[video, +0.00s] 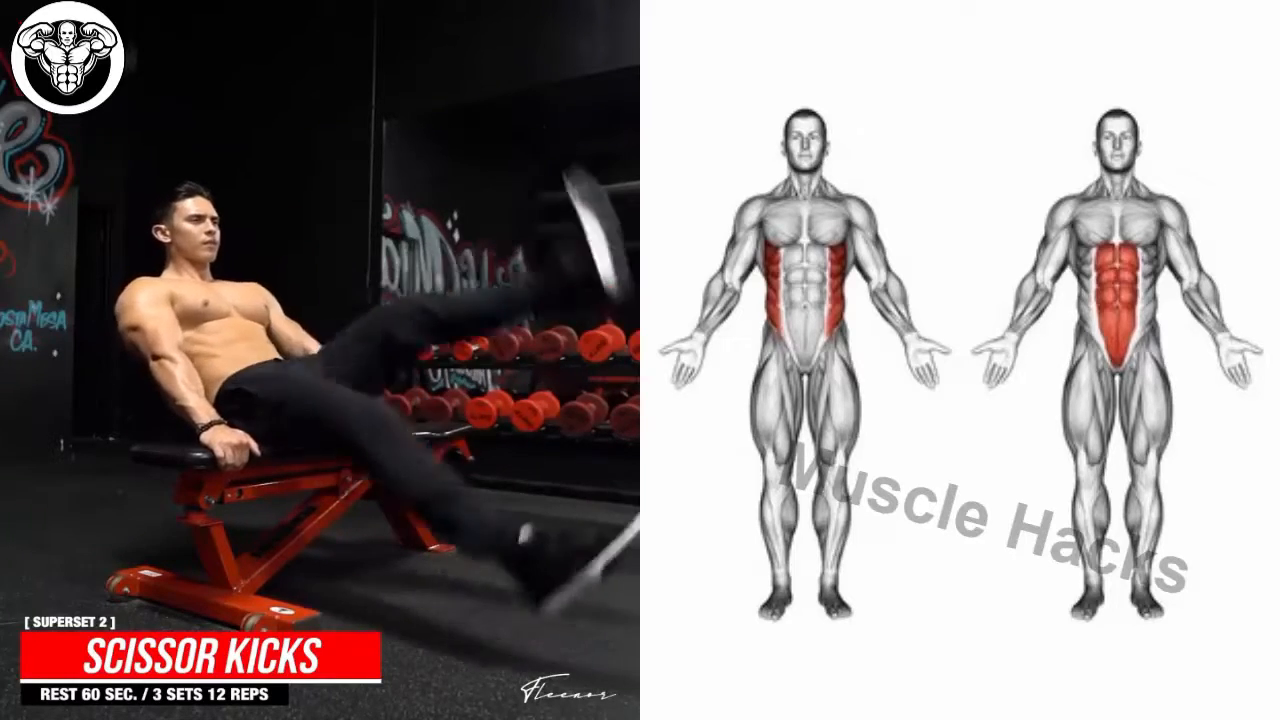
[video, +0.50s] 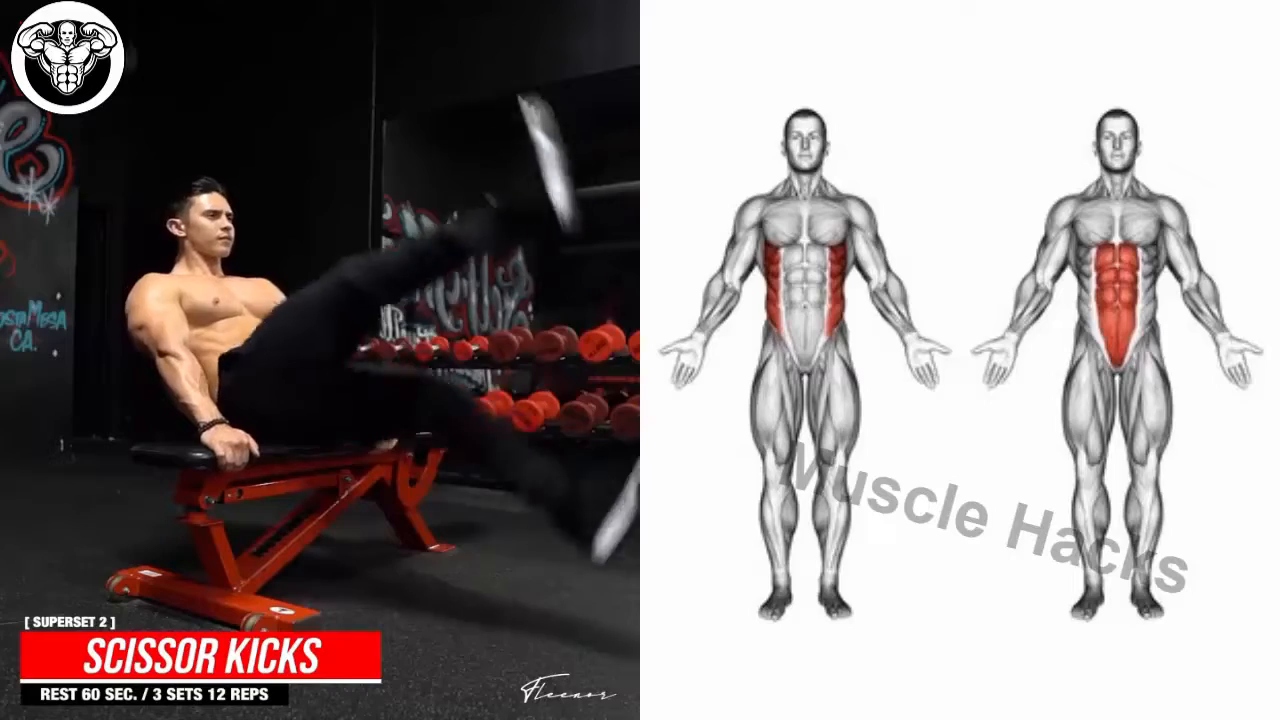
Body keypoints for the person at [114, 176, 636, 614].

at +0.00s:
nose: (209, 229)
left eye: (212, 220)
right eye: (195, 221)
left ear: (216, 230)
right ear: (164, 233)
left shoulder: (252, 295)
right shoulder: (145, 293)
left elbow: (314, 355)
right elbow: (167, 360)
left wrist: (374, 385)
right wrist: (209, 424)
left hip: (301, 379)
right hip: (245, 390)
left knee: (400, 316)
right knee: (370, 419)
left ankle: (559, 286)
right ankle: (521, 552)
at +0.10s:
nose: (215, 227)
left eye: (218, 217)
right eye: (201, 218)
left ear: (221, 226)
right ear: (169, 229)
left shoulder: (256, 289)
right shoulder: (150, 290)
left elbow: (315, 354)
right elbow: (170, 359)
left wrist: (349, 400)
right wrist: (209, 422)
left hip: (305, 377)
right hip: (255, 389)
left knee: (388, 296)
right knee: (377, 442)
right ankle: (507, 589)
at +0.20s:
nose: (223, 223)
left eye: (226, 215)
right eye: (209, 214)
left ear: (229, 225)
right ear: (176, 227)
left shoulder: (261, 287)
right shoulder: (155, 290)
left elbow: (320, 350)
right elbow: (171, 357)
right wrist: (209, 424)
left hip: (305, 375)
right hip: (251, 389)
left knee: (383, 292)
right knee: (375, 412)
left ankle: (527, 217)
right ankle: (514, 549)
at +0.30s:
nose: (226, 226)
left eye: (230, 217)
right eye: (212, 216)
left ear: (233, 226)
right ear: (180, 226)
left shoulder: (263, 287)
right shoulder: (156, 289)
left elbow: (322, 351)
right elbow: (173, 356)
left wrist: (376, 402)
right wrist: (209, 421)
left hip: (306, 378)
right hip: (251, 395)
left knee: (390, 304)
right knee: (365, 373)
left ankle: (548, 293)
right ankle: (535, 446)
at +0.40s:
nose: (227, 228)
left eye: (230, 219)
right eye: (213, 218)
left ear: (232, 228)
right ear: (180, 228)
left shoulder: (264, 288)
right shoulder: (156, 290)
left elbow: (310, 358)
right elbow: (173, 357)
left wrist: (357, 417)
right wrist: (211, 423)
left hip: (312, 402)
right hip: (251, 400)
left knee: (434, 350)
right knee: (368, 320)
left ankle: (577, 402)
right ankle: (547, 316)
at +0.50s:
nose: (226, 225)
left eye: (229, 217)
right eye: (211, 216)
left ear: (231, 227)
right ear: (178, 227)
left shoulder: (261, 288)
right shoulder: (155, 289)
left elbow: (311, 346)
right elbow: (173, 356)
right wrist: (212, 423)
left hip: (314, 402)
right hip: (252, 398)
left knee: (436, 398)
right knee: (351, 285)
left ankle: (579, 508)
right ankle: (518, 218)